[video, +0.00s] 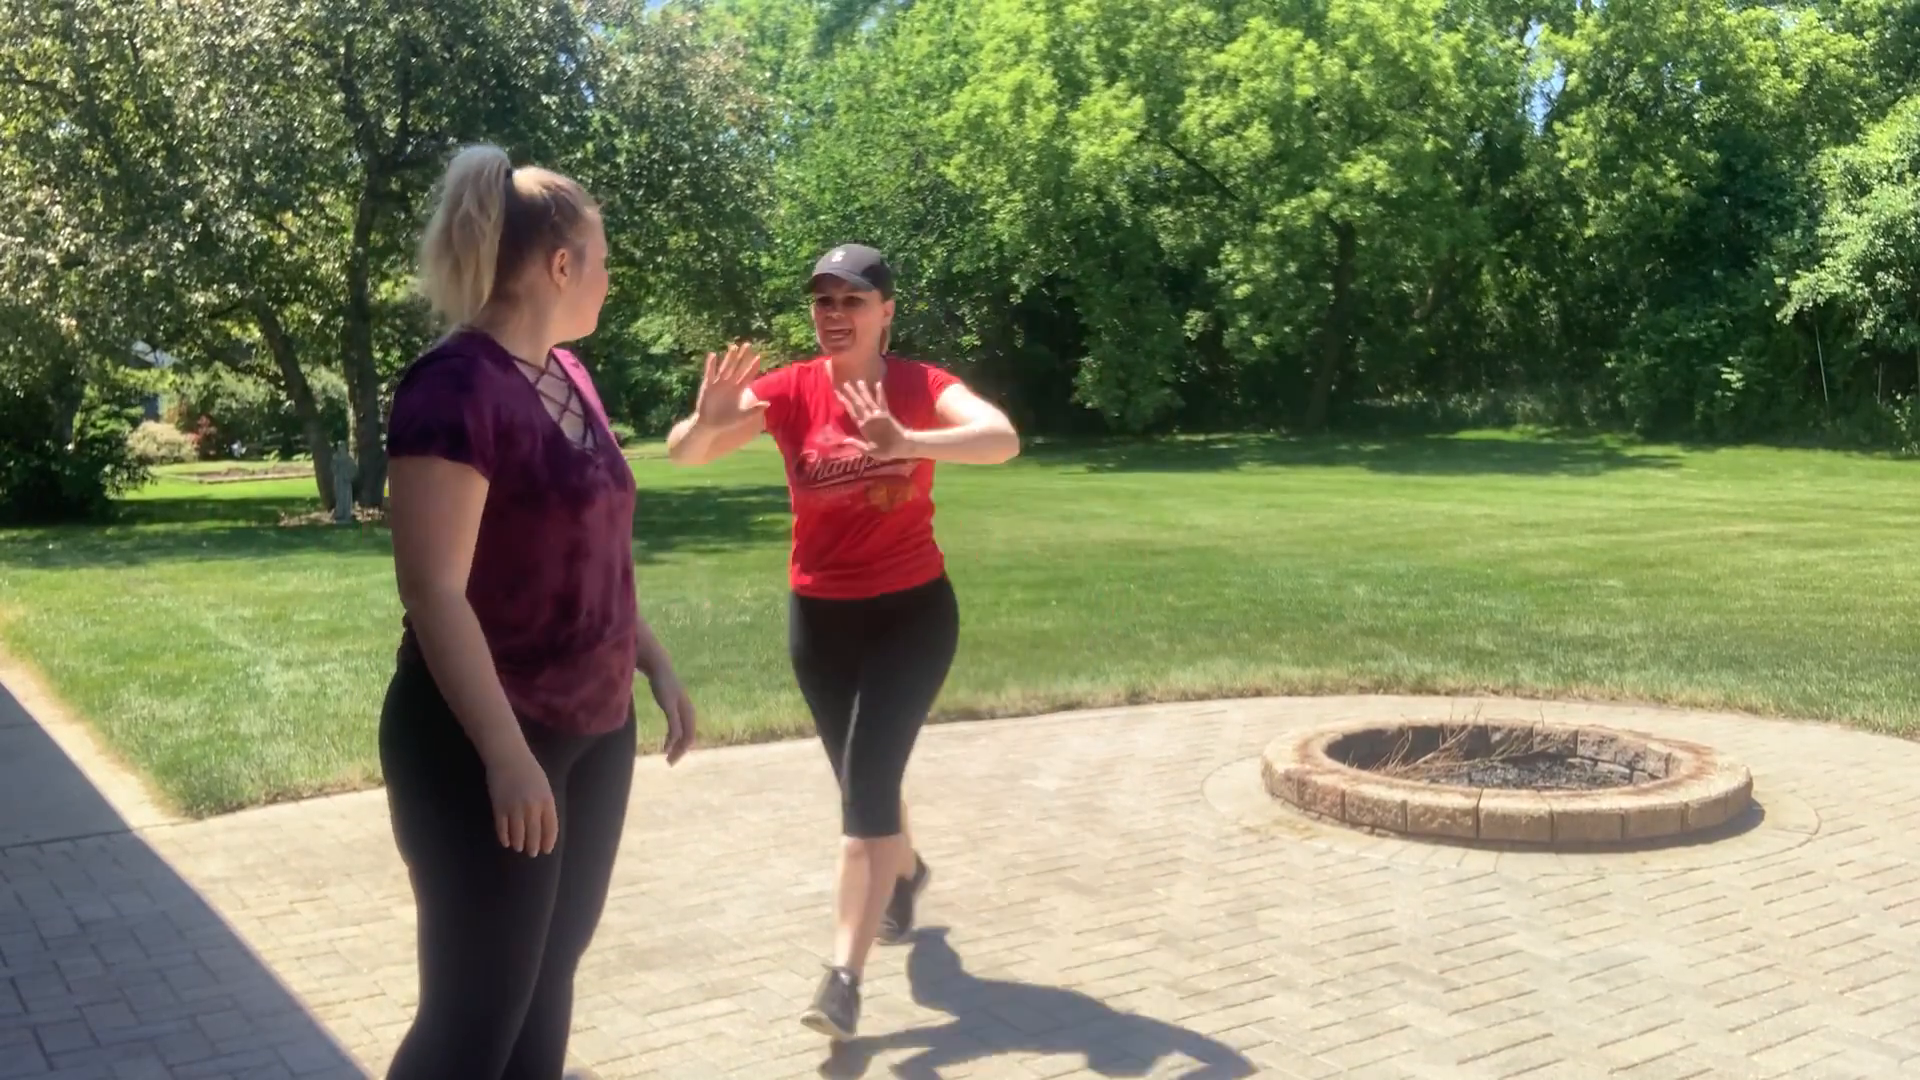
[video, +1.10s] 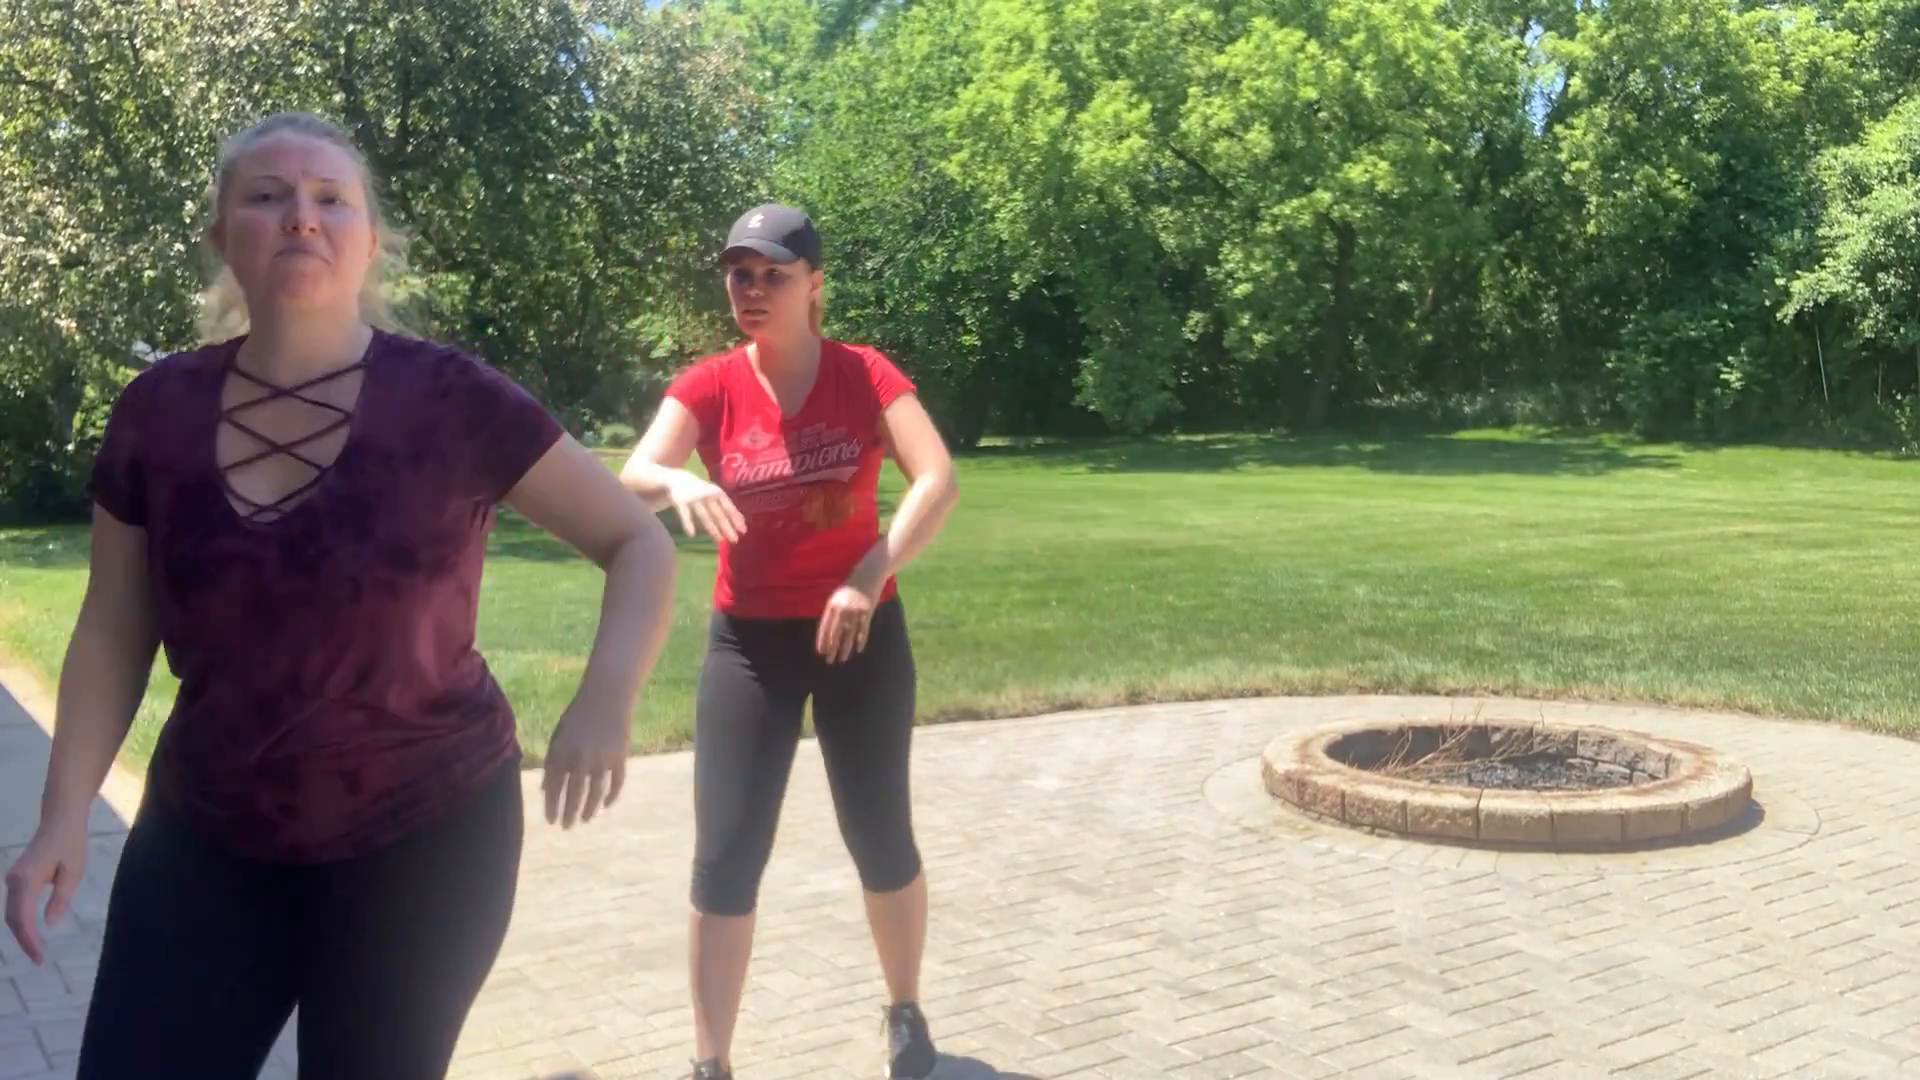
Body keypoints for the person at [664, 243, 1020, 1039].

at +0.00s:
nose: (835, 314)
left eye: (852, 301)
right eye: (823, 301)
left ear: (887, 310)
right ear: (811, 310)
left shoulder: (918, 385)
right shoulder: (787, 388)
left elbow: (1001, 438)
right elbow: (686, 455)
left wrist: (910, 442)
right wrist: (705, 420)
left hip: (911, 609)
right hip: (819, 613)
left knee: (866, 776)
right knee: (854, 772)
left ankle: (845, 972)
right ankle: (903, 867)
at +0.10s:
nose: (806, 341)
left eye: (824, 327)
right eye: (796, 327)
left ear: (866, 336)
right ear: (786, 335)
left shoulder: (901, 417)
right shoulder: (765, 413)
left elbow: (914, 484)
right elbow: (687, 452)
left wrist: (803, 476)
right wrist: (634, 446)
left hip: (877, 653)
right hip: (781, 649)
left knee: (822, 828)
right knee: (789, 827)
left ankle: (799, 1029)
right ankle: (873, 864)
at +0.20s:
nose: (778, 349)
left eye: (800, 338)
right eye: (768, 336)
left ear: (837, 357)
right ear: (752, 351)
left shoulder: (858, 442)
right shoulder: (724, 437)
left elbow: (812, 517)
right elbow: (638, 480)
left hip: (859, 676)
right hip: (762, 672)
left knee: (797, 855)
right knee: (727, 865)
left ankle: (795, 1035)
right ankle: (802, 924)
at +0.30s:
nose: (730, 357)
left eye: (753, 345)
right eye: (722, 341)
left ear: (800, 362)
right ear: (711, 350)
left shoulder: (824, 448)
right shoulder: (694, 437)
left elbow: (763, 550)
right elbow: (605, 501)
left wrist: (618, 564)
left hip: (840, 681)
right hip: (739, 671)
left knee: (787, 861)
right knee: (691, 855)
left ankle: (795, 1037)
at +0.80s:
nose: (679, 300)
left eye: (701, 283)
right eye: (667, 287)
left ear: (750, 298)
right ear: (657, 300)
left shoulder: (796, 384)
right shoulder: (648, 387)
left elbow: (772, 473)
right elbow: (602, 420)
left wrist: (665, 506)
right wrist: (546, 429)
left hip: (805, 645)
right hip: (691, 651)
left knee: (828, 859)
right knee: (686, 879)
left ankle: (892, 994)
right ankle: (699, 1072)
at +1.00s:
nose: (732, 292)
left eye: (753, 277)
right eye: (719, 277)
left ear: (797, 289)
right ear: (705, 290)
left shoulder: (845, 375)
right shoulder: (688, 382)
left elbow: (887, 476)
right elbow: (641, 427)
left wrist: (792, 535)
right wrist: (649, 424)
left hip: (846, 639)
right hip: (733, 646)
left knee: (870, 846)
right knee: (715, 867)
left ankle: (907, 1028)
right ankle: (701, 1070)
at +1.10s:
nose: (750, 290)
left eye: (770, 276)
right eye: (739, 275)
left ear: (814, 285)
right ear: (725, 286)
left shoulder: (865, 374)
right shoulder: (708, 385)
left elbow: (937, 478)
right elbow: (630, 480)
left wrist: (870, 580)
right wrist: (676, 484)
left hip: (861, 634)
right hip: (749, 640)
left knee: (882, 840)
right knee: (724, 856)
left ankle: (907, 1019)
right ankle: (710, 1061)